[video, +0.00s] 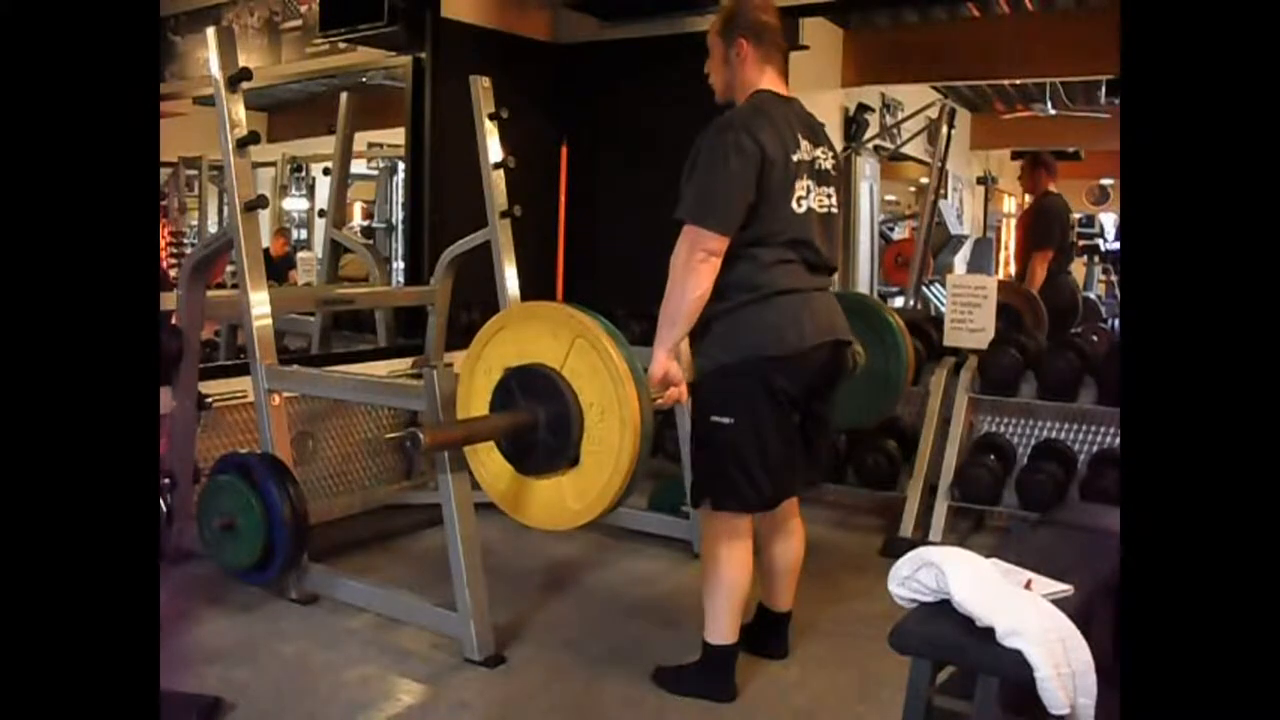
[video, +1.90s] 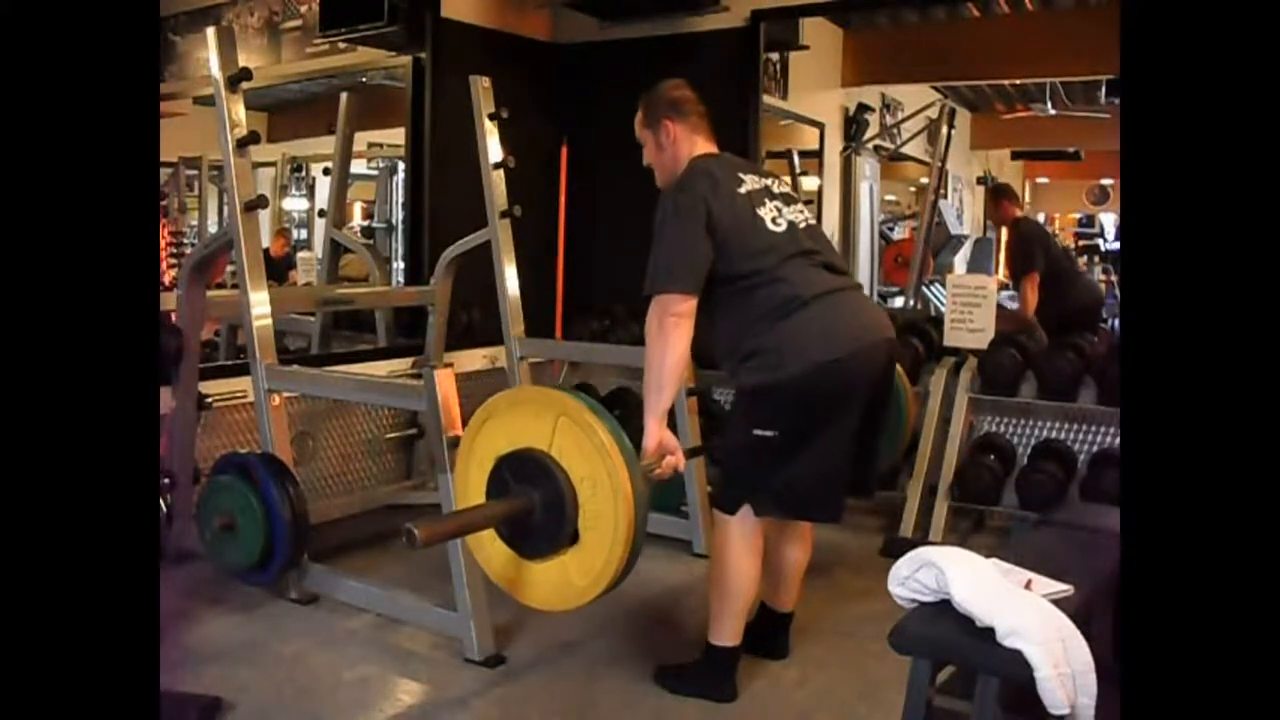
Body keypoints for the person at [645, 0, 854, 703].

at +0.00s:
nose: (710, 72)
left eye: (713, 57)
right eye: (711, 58)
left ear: (741, 52)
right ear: (774, 54)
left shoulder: (737, 129)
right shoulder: (812, 129)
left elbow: (703, 247)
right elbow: (803, 248)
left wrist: (665, 346)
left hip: (749, 343)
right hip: (817, 338)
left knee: (727, 512)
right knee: (780, 498)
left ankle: (715, 668)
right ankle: (772, 630)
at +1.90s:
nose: (647, 162)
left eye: (646, 145)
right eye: (644, 147)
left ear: (668, 132)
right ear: (701, 131)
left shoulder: (690, 192)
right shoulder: (762, 179)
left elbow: (674, 309)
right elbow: (806, 270)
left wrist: (655, 420)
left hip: (797, 355)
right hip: (866, 339)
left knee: (735, 501)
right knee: (796, 497)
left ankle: (717, 668)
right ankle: (773, 631)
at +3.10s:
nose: (624, 266)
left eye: (623, 250)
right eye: (621, 253)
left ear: (645, 240)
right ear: (674, 235)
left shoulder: (673, 287)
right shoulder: (731, 265)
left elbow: (665, 405)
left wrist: (648, 519)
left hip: (825, 380)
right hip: (894, 363)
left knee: (728, 506)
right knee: (793, 503)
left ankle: (717, 670)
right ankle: (773, 630)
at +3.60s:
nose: (647, 166)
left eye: (649, 149)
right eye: (646, 150)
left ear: (670, 141)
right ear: (703, 140)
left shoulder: (682, 199)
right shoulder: (750, 188)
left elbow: (671, 322)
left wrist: (657, 429)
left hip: (798, 359)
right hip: (868, 345)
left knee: (734, 501)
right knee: (800, 500)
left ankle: (717, 667)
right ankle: (774, 630)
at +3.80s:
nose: (704, 78)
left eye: (705, 64)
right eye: (703, 65)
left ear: (725, 56)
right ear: (770, 57)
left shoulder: (732, 125)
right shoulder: (811, 129)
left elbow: (693, 236)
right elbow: (800, 242)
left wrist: (661, 340)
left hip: (758, 346)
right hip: (826, 340)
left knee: (739, 508)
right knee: (787, 496)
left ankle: (717, 668)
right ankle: (773, 631)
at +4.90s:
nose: (662, 133)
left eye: (660, 116)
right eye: (658, 119)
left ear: (685, 99)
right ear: (720, 97)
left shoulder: (706, 160)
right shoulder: (783, 156)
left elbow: (689, 280)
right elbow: (814, 261)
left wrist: (669, 391)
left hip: (773, 356)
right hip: (844, 347)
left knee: (729, 511)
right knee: (789, 498)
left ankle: (716, 666)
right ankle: (773, 629)